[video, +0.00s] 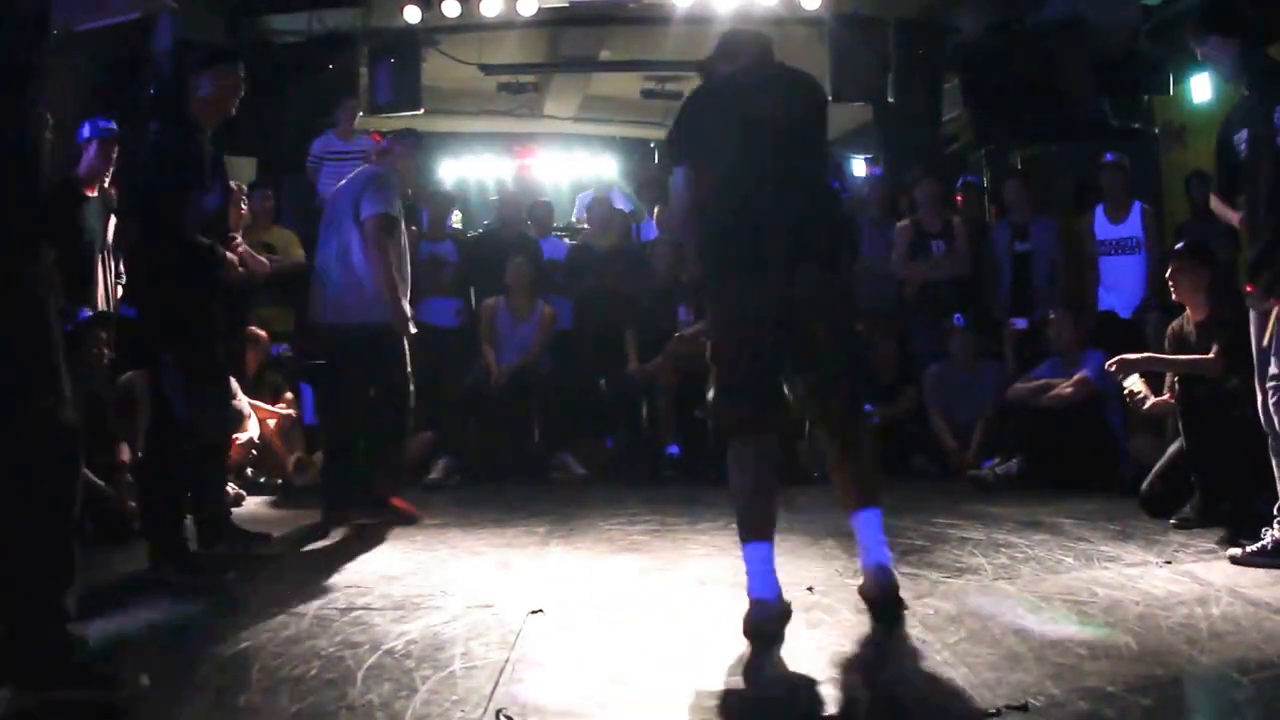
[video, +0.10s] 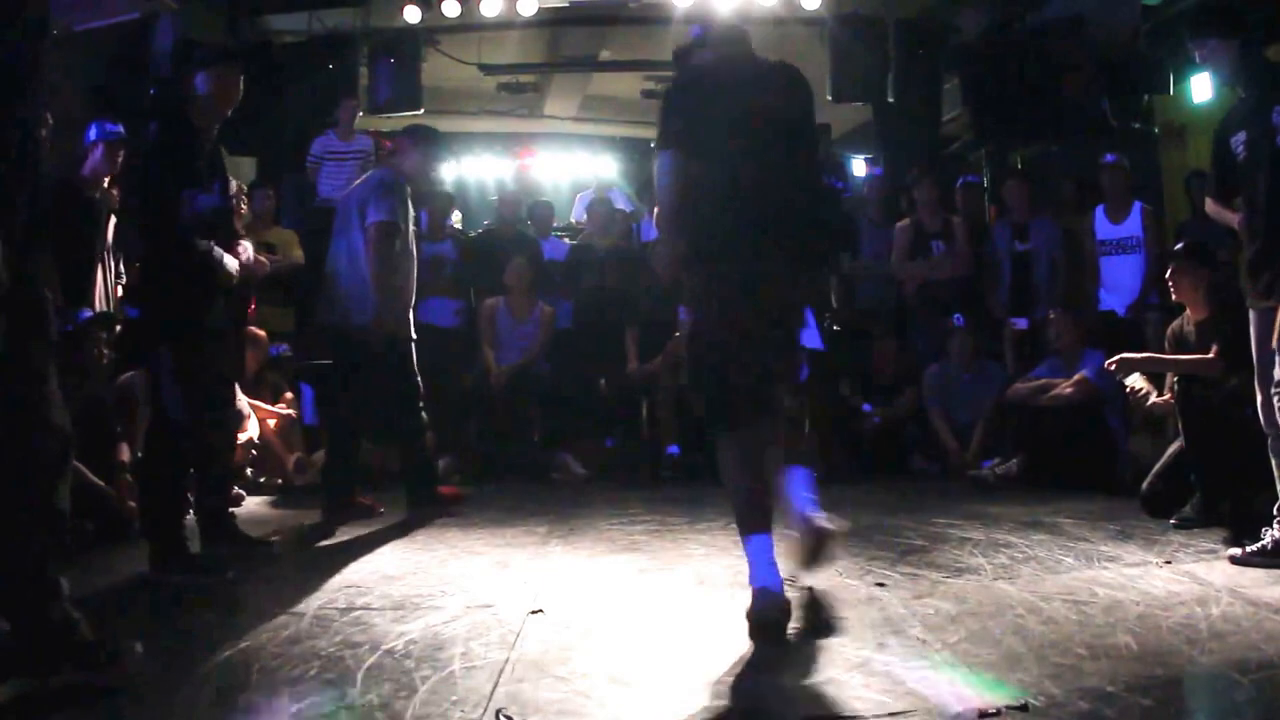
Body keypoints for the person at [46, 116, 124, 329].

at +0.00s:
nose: (111, 161)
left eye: (114, 152)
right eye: (104, 152)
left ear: (117, 154)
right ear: (86, 150)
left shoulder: (106, 200)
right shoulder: (60, 198)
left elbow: (106, 247)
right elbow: (48, 257)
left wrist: (117, 277)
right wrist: (64, 307)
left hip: (101, 307)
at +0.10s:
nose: (118, 156)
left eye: (120, 149)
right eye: (111, 148)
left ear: (124, 153)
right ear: (94, 148)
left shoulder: (109, 199)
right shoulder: (66, 193)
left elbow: (109, 247)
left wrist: (118, 279)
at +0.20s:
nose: (121, 162)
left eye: (124, 155)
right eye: (115, 153)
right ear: (97, 151)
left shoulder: (108, 197)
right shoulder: (66, 192)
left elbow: (112, 246)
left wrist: (119, 279)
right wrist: (104, 210)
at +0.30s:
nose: (119, 159)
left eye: (122, 153)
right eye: (113, 151)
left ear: (124, 156)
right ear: (96, 149)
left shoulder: (110, 196)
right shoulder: (65, 191)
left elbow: (111, 244)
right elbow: (53, 243)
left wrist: (118, 280)